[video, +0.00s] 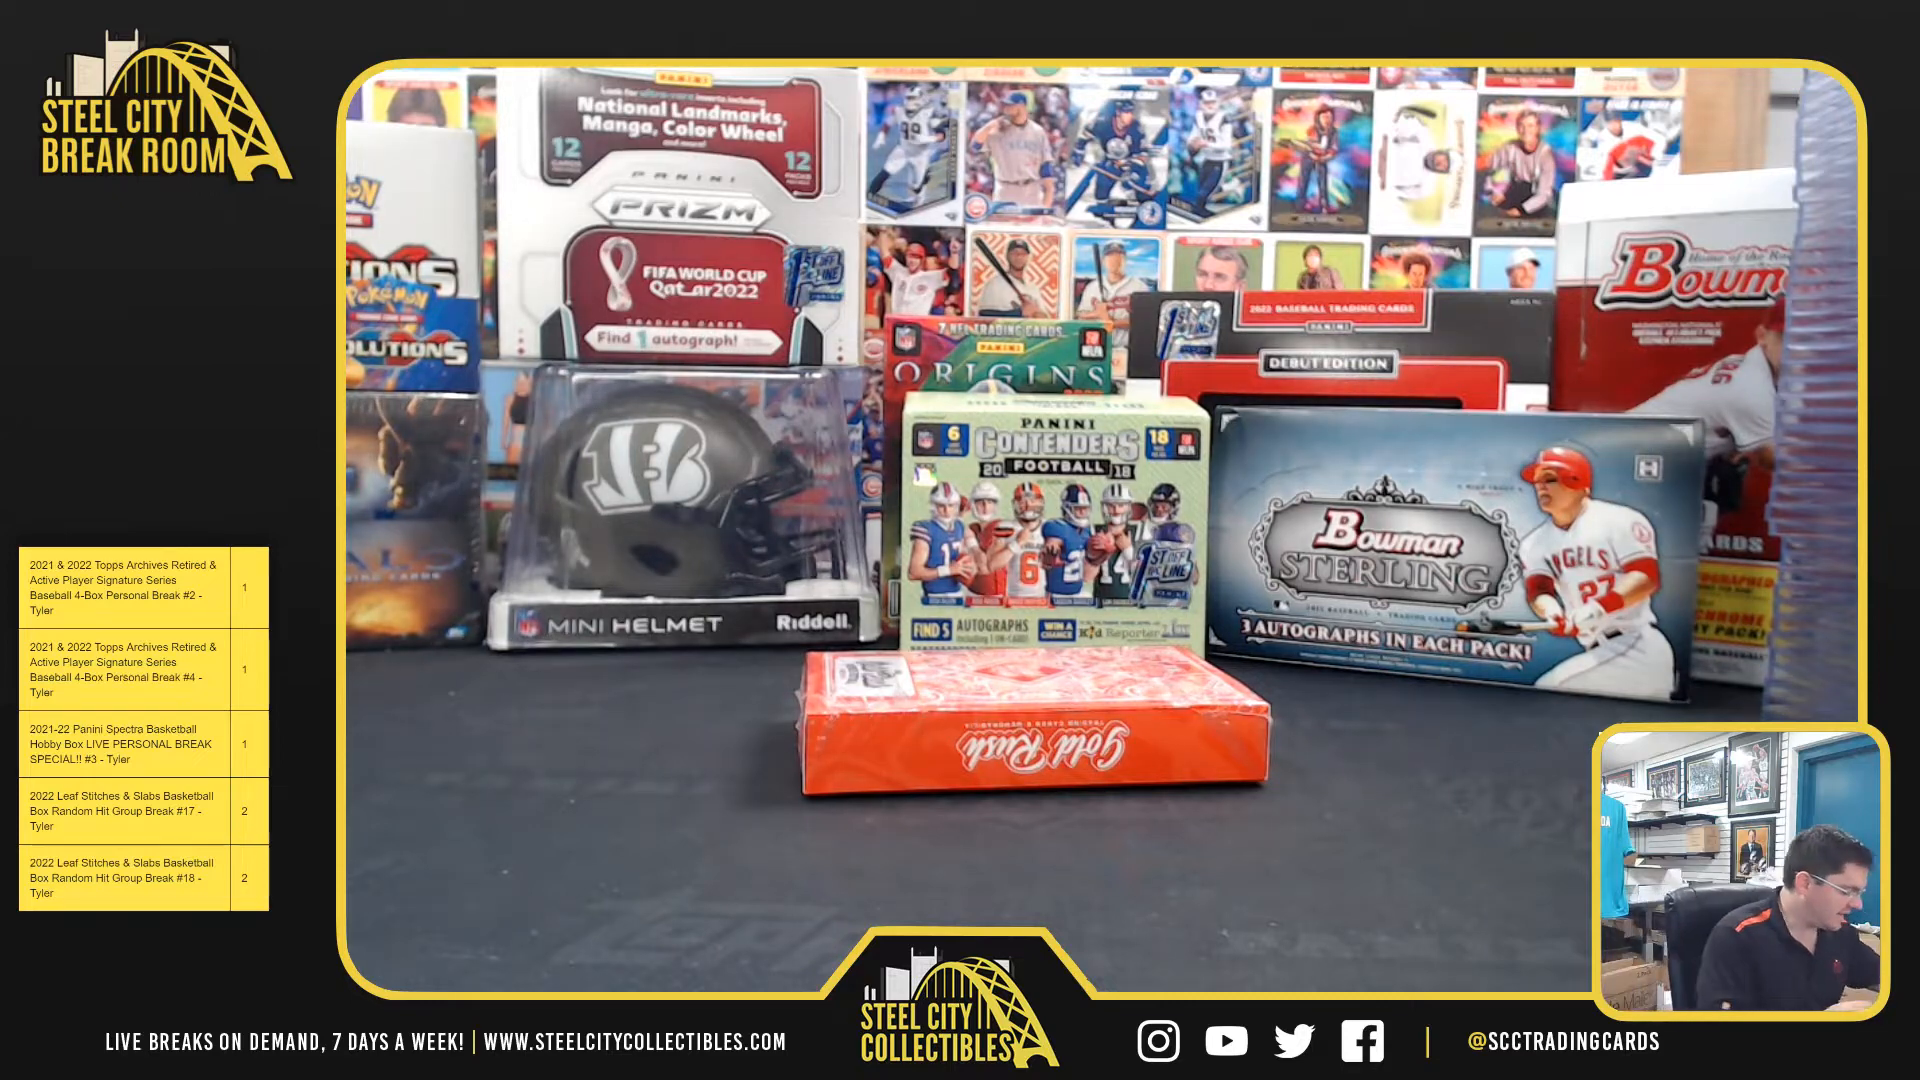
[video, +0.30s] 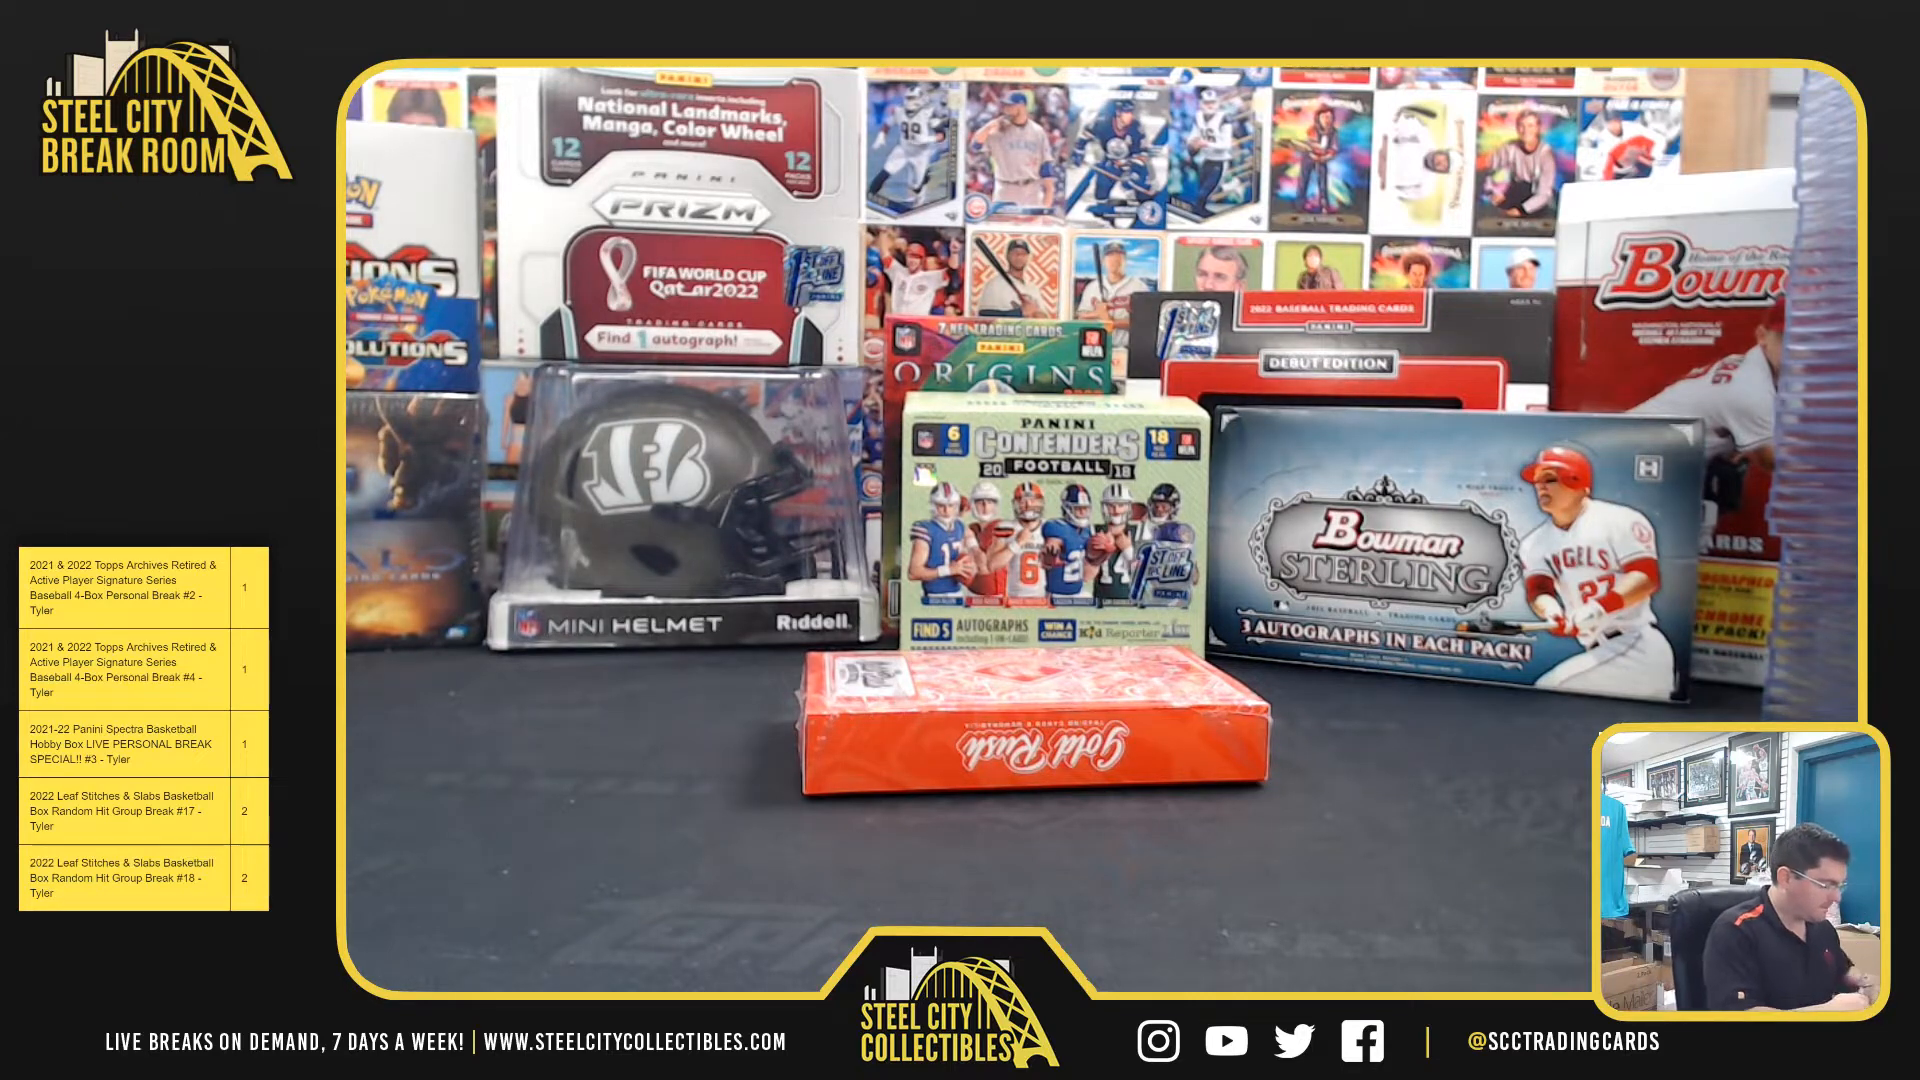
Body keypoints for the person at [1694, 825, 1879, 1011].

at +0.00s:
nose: (1857, 905)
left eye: (1860, 893)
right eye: (1847, 892)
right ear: (1804, 884)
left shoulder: (1840, 933)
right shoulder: (1735, 936)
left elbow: (1885, 980)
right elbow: (1718, 1021)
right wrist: (1825, 1017)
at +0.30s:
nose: (1836, 898)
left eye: (1839, 886)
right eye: (1826, 885)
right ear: (1785, 878)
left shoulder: (1820, 926)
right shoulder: (1733, 930)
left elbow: (1840, 973)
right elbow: (1736, 1014)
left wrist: (1862, 982)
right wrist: (1829, 1009)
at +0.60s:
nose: (1839, 905)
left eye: (1843, 894)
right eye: (1829, 892)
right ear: (1789, 882)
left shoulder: (1816, 926)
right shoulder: (1733, 928)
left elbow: (1832, 982)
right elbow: (1721, 1010)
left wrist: (1861, 988)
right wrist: (1826, 1017)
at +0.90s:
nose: (1857, 916)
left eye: (1862, 905)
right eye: (1848, 904)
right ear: (1806, 890)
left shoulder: (1823, 924)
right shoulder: (1745, 934)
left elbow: (1841, 985)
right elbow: (1725, 1021)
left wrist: (1884, 1002)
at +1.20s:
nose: (1873, 931)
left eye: (1876, 920)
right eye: (1865, 919)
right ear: (1821, 901)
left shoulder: (1831, 929)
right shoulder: (1755, 939)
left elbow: (1849, 988)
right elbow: (1741, 1020)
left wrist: (1886, 1008)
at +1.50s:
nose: (1876, 938)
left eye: (1879, 928)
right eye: (1872, 926)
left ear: (1830, 909)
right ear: (1831, 909)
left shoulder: (1834, 934)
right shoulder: (1759, 942)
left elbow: (1855, 989)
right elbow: (1743, 1020)